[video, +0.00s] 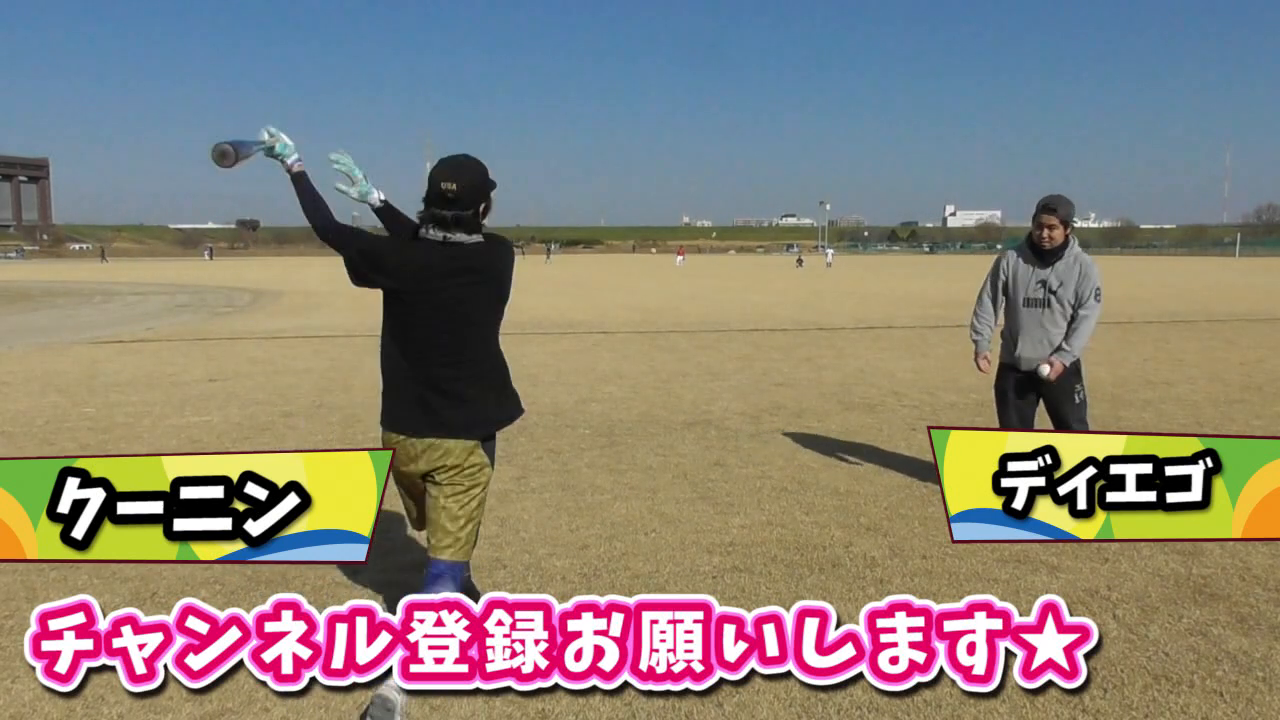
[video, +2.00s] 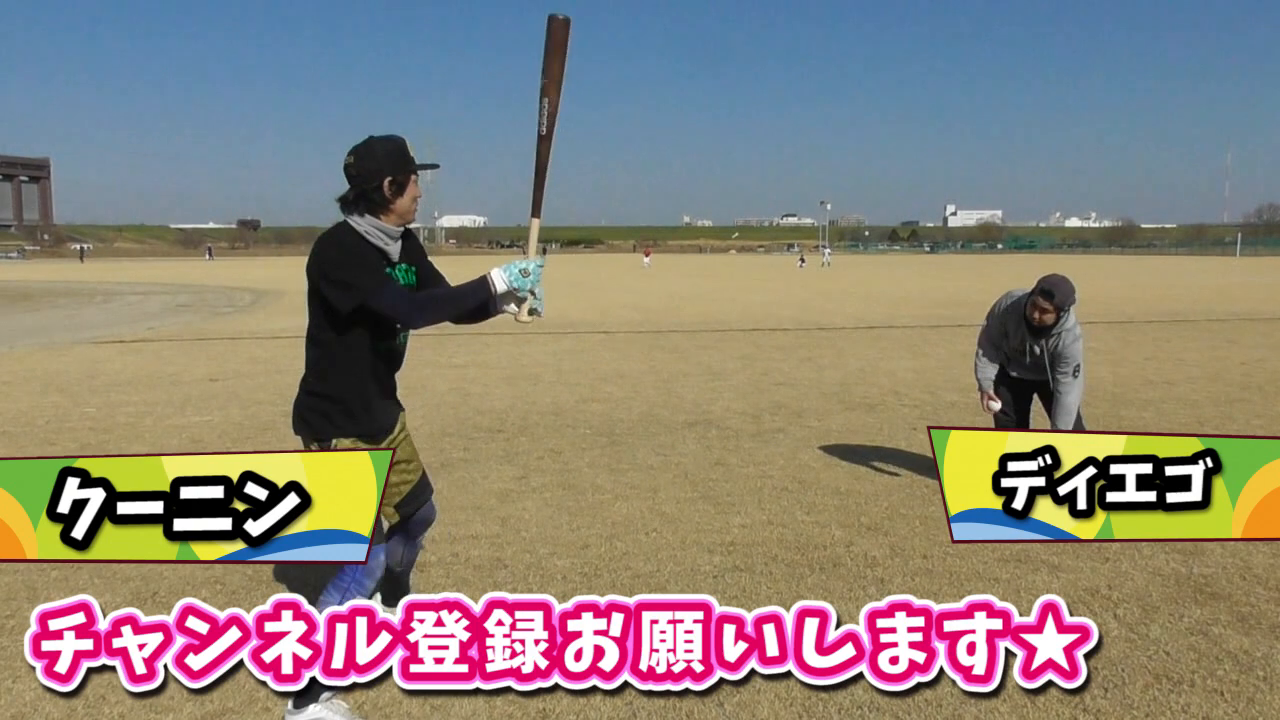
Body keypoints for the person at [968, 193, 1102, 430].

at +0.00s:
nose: (1044, 234)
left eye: (1051, 228)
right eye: (1039, 226)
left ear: (1067, 229)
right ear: (1032, 224)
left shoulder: (1083, 267)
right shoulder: (1009, 261)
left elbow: (1086, 318)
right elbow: (987, 303)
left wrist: (1063, 357)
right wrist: (982, 344)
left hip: (1061, 368)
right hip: (1015, 369)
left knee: (1076, 442)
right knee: (1013, 442)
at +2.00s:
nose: (1035, 315)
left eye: (1044, 312)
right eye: (1033, 305)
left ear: (1060, 313)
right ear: (1029, 297)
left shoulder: (1068, 337)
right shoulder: (1007, 307)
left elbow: (1067, 391)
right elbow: (987, 346)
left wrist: (1060, 438)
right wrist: (986, 386)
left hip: (1051, 379)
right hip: (1011, 376)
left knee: (1074, 433)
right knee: (1009, 436)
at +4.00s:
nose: (1020, 233)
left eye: (1027, 226)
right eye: (1014, 226)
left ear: (1043, 229)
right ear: (1007, 229)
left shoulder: (1066, 264)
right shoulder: (995, 271)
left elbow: (1084, 310)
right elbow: (984, 319)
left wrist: (1091, 356)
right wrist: (985, 362)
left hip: (1059, 366)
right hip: (1013, 369)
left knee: (1074, 434)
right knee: (1013, 436)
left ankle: (1086, 493)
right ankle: (1016, 496)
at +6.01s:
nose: (975, 325)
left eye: (973, 321)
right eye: (973, 321)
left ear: (979, 319)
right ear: (987, 297)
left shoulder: (1025, 344)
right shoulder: (1001, 304)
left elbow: (1040, 400)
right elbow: (1002, 346)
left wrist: (1036, 447)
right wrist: (1007, 378)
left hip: (1079, 367)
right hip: (1041, 366)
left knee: (1070, 430)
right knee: (1024, 427)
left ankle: (1088, 493)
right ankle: (1016, 490)